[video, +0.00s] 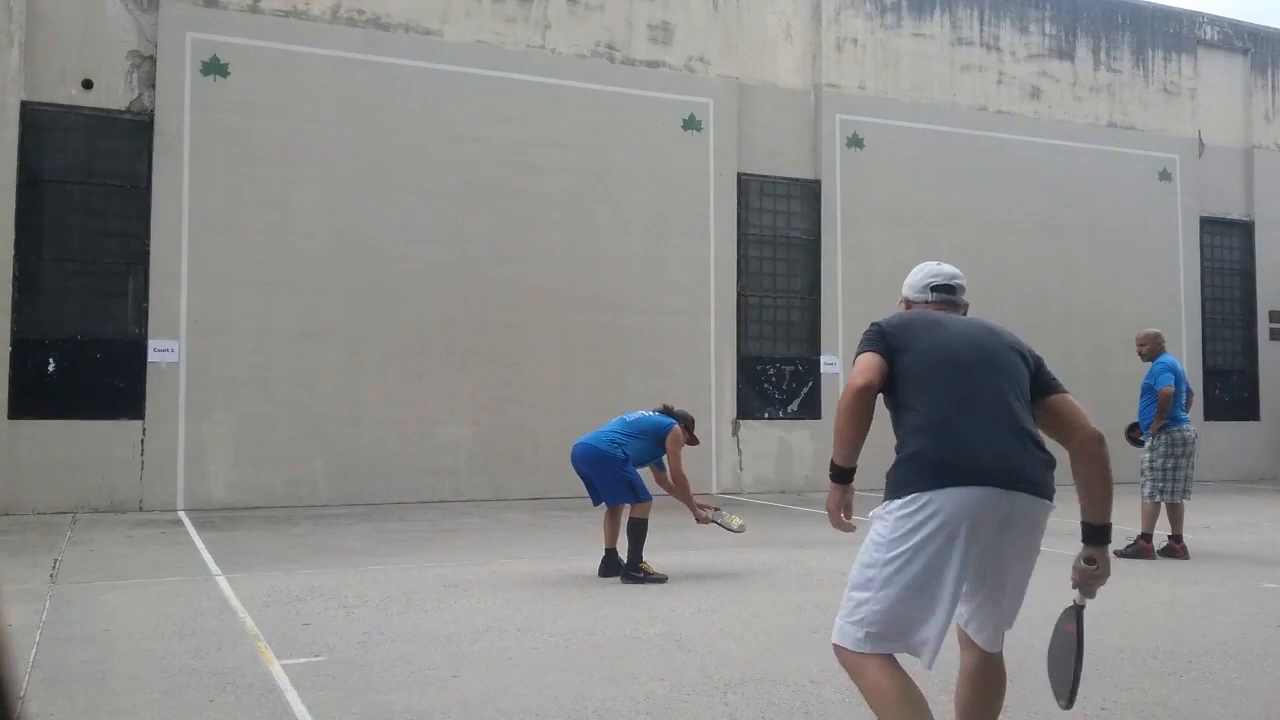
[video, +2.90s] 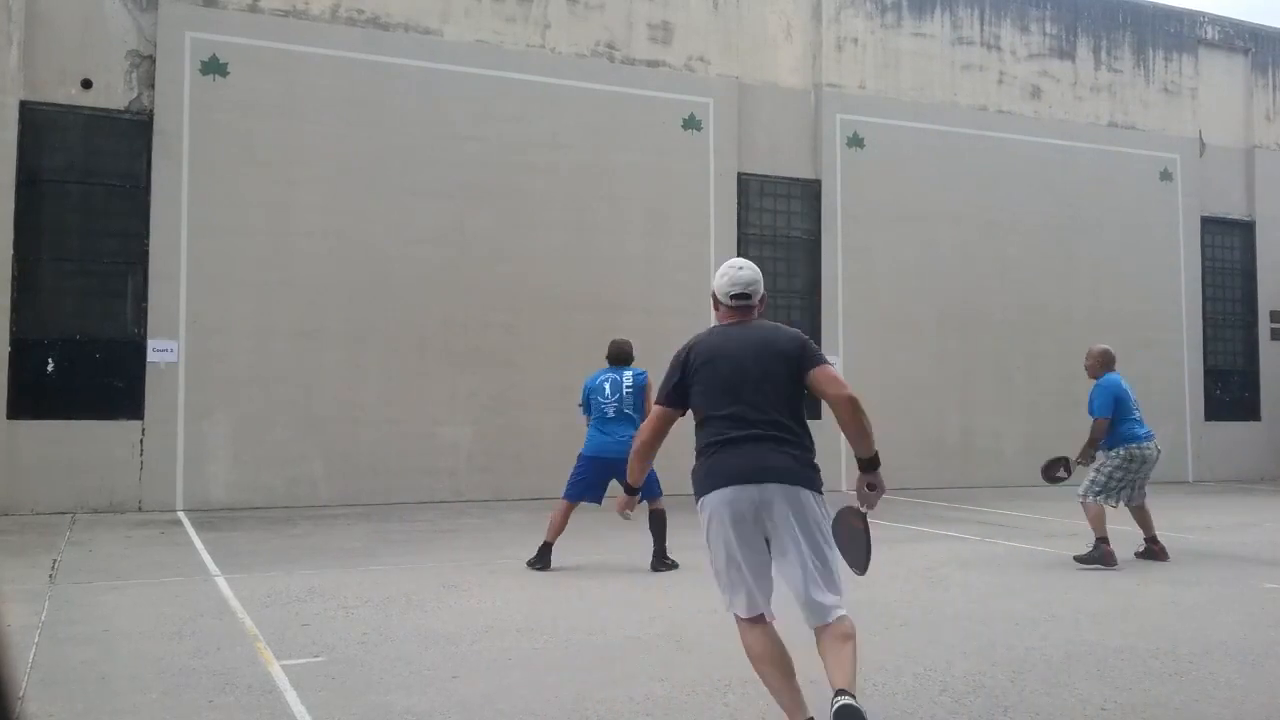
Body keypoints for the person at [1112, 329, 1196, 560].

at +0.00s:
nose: (1138, 350)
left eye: (1143, 345)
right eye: (1137, 346)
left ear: (1159, 345)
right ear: (1160, 346)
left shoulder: (1161, 365)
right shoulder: (1173, 364)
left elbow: (1166, 392)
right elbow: (1189, 393)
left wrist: (1157, 421)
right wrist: (1179, 419)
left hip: (1164, 435)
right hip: (1181, 432)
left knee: (1151, 489)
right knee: (1174, 491)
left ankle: (1144, 542)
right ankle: (1176, 543)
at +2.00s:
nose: (1122, 349)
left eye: (1126, 344)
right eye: (1122, 345)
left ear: (1139, 345)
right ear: (1143, 346)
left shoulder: (1148, 365)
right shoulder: (1160, 363)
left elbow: (1156, 391)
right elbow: (1178, 392)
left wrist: (1147, 425)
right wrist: (1167, 418)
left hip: (1157, 433)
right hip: (1174, 431)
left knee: (1140, 486)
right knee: (1169, 488)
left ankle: (1141, 541)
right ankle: (1176, 542)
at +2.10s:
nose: (1116, 351)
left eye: (1119, 346)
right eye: (1116, 347)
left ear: (1134, 347)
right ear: (1136, 347)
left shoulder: (1142, 367)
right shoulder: (1152, 364)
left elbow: (1156, 391)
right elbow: (1169, 390)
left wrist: (1146, 420)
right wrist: (1157, 416)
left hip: (1154, 434)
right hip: (1170, 432)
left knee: (1139, 488)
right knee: (1167, 489)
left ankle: (1138, 543)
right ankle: (1175, 543)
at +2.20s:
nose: (1110, 354)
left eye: (1114, 349)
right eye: (1109, 350)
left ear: (1129, 348)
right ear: (1129, 349)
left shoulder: (1138, 370)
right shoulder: (1138, 368)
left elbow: (1156, 395)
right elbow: (1146, 403)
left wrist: (1137, 420)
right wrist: (1129, 435)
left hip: (1152, 438)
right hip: (1163, 435)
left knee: (1138, 491)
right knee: (1165, 490)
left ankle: (1135, 547)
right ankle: (1175, 543)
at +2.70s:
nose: (1111, 350)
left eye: (1116, 346)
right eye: (1107, 346)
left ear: (1129, 348)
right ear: (1104, 349)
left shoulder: (1134, 369)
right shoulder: (1112, 376)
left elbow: (1138, 401)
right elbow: (1111, 413)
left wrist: (1107, 415)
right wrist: (1100, 440)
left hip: (1138, 439)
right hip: (1133, 440)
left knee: (1109, 490)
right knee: (1138, 491)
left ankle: (1132, 542)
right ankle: (1155, 544)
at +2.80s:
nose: (1095, 356)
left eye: (1099, 352)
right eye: (1095, 351)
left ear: (1114, 355)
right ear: (1112, 356)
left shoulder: (1119, 375)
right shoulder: (1115, 377)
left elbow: (1122, 410)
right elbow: (1115, 422)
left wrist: (1099, 433)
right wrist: (1098, 448)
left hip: (1134, 443)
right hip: (1148, 442)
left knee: (1098, 493)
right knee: (1132, 494)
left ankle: (1124, 544)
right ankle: (1154, 545)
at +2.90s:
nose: (1084, 364)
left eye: (1088, 360)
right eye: (1085, 359)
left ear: (1099, 363)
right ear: (1106, 364)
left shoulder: (1104, 386)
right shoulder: (1117, 381)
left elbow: (1100, 429)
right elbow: (1110, 425)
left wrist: (1086, 452)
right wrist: (1092, 449)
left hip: (1129, 450)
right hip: (1147, 447)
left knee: (1089, 495)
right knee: (1133, 496)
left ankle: (1102, 548)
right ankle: (1154, 546)